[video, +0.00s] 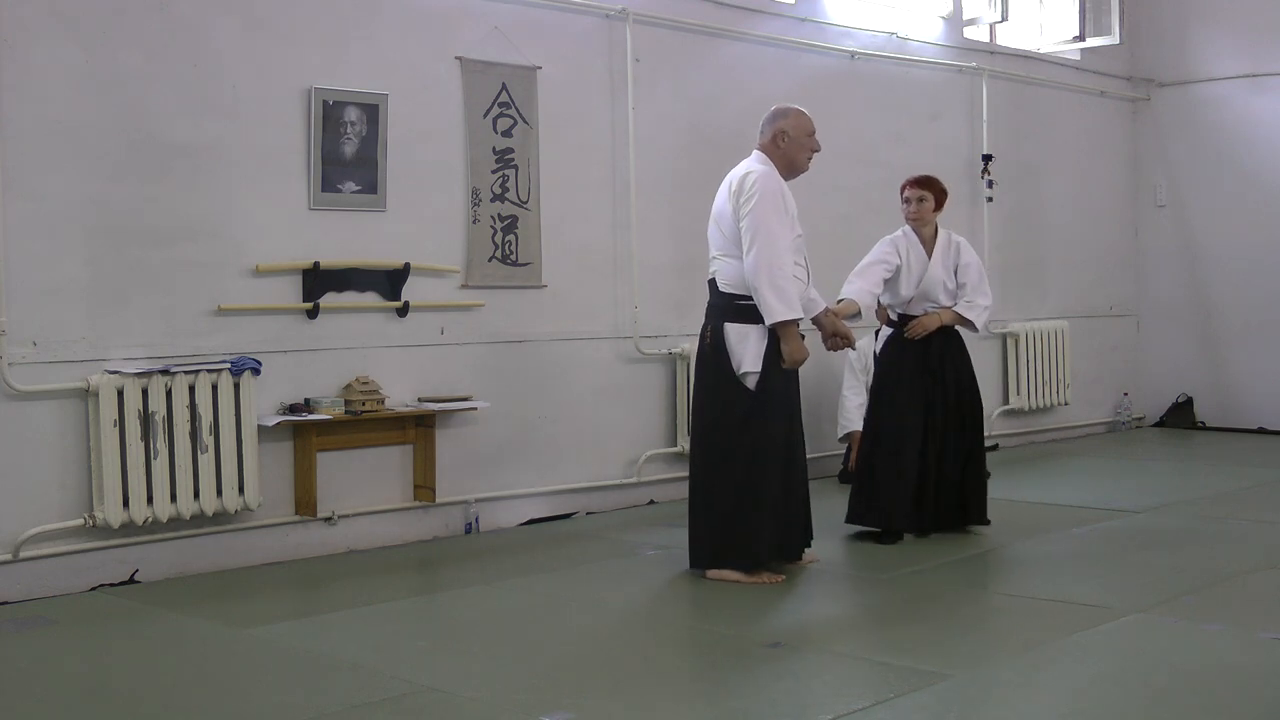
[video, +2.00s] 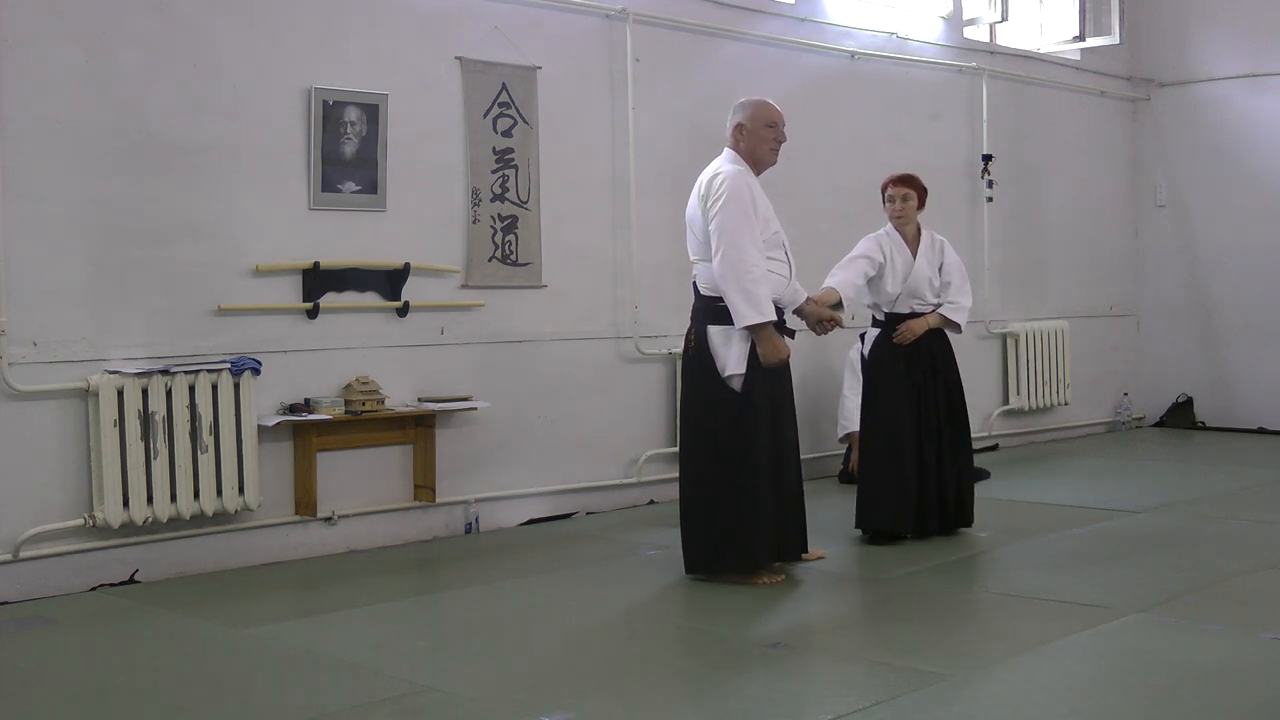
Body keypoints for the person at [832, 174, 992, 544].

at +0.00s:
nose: (912, 207)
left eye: (921, 201)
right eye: (907, 201)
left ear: (938, 205)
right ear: (901, 207)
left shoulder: (958, 249)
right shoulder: (893, 246)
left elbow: (978, 305)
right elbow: (865, 285)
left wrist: (939, 318)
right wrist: (838, 311)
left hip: (945, 346)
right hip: (901, 346)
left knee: (951, 426)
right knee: (896, 430)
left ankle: (947, 514)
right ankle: (890, 520)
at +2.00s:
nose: (898, 206)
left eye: (905, 199)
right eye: (891, 200)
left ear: (920, 203)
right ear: (884, 206)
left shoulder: (939, 246)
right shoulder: (876, 245)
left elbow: (959, 299)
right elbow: (848, 275)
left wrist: (925, 322)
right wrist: (820, 302)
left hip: (931, 344)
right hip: (889, 346)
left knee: (938, 427)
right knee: (892, 432)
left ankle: (940, 516)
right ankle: (890, 521)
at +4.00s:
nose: (890, 208)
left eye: (898, 200)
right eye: (883, 202)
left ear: (912, 206)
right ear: (876, 208)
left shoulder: (932, 246)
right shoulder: (869, 248)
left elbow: (954, 300)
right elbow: (840, 281)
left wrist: (920, 324)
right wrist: (806, 304)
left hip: (928, 345)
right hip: (886, 347)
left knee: (936, 428)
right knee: (891, 432)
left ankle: (940, 515)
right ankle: (893, 521)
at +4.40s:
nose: (890, 208)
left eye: (898, 201)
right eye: (883, 202)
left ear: (912, 206)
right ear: (876, 208)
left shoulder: (931, 246)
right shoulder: (868, 248)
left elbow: (953, 301)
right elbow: (840, 281)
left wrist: (920, 324)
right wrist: (807, 304)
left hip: (928, 345)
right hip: (886, 347)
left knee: (936, 428)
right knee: (891, 432)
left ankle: (940, 515)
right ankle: (893, 521)